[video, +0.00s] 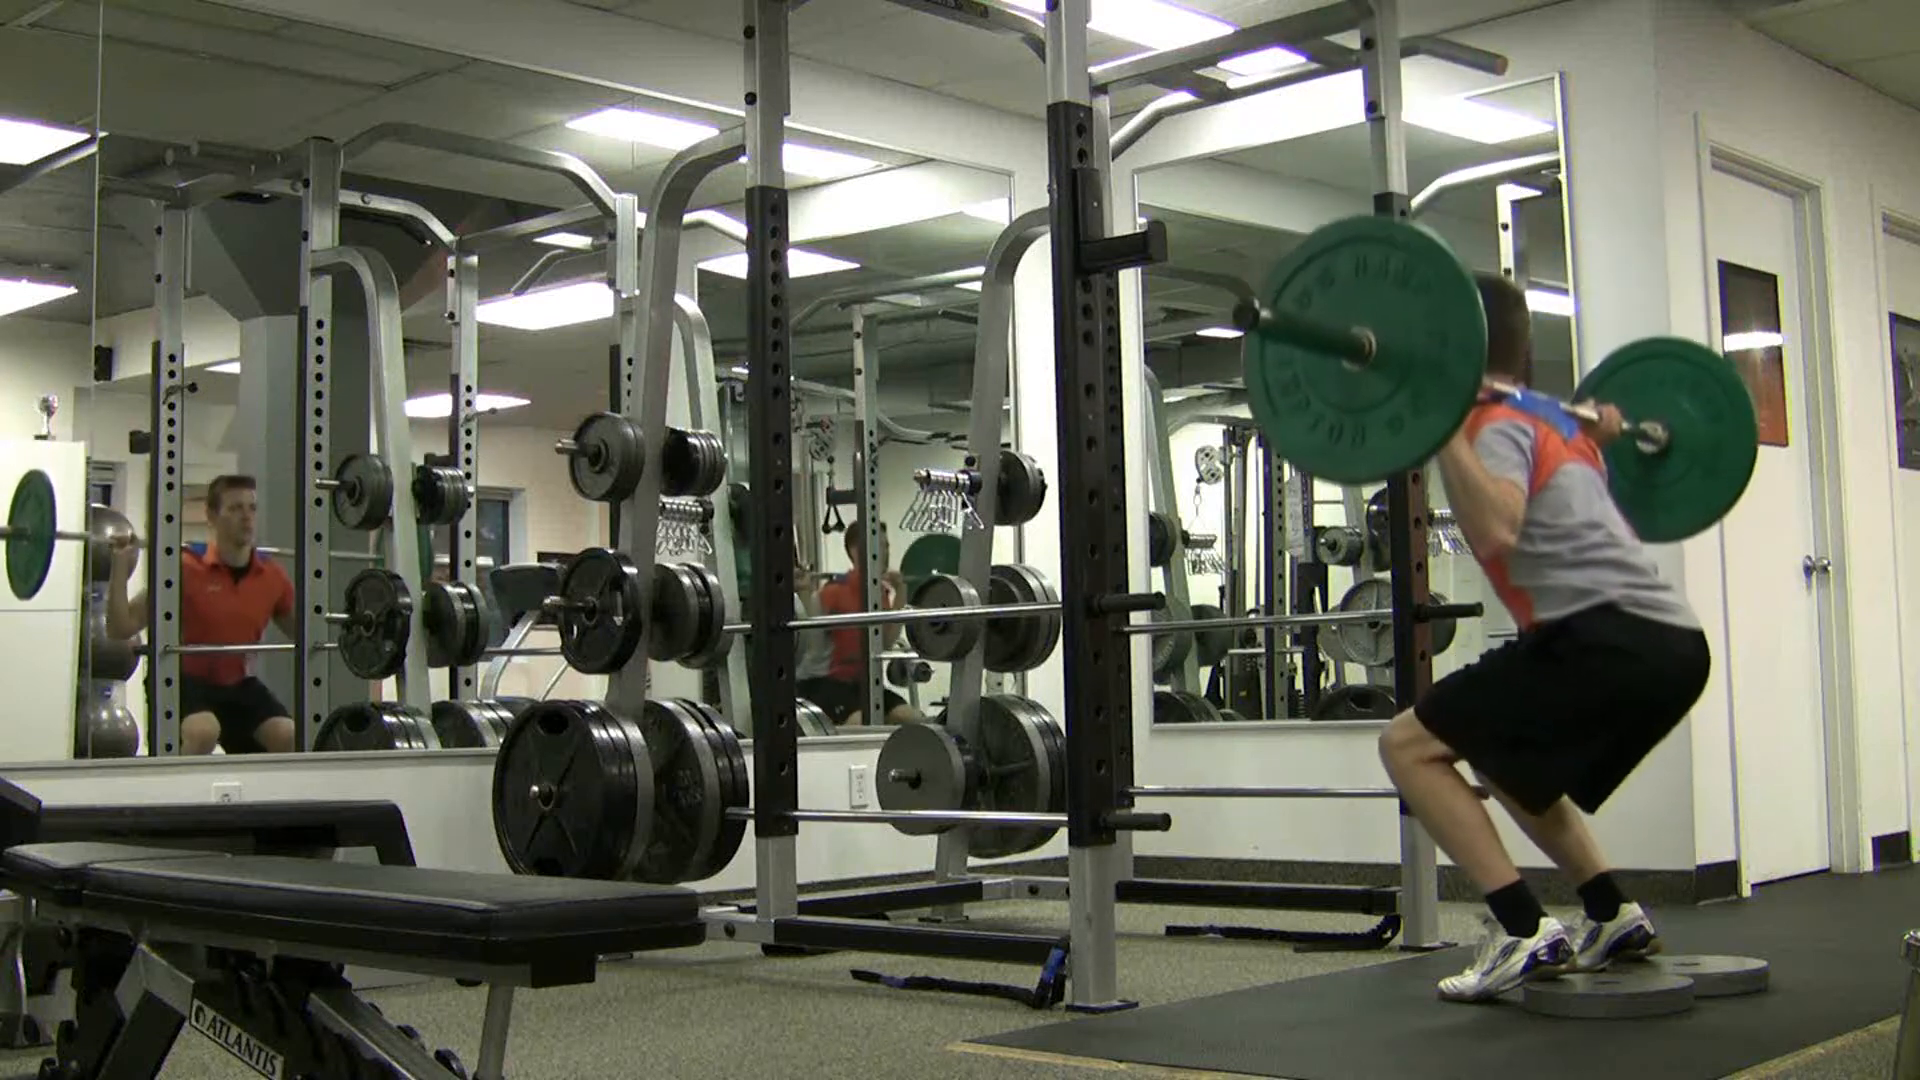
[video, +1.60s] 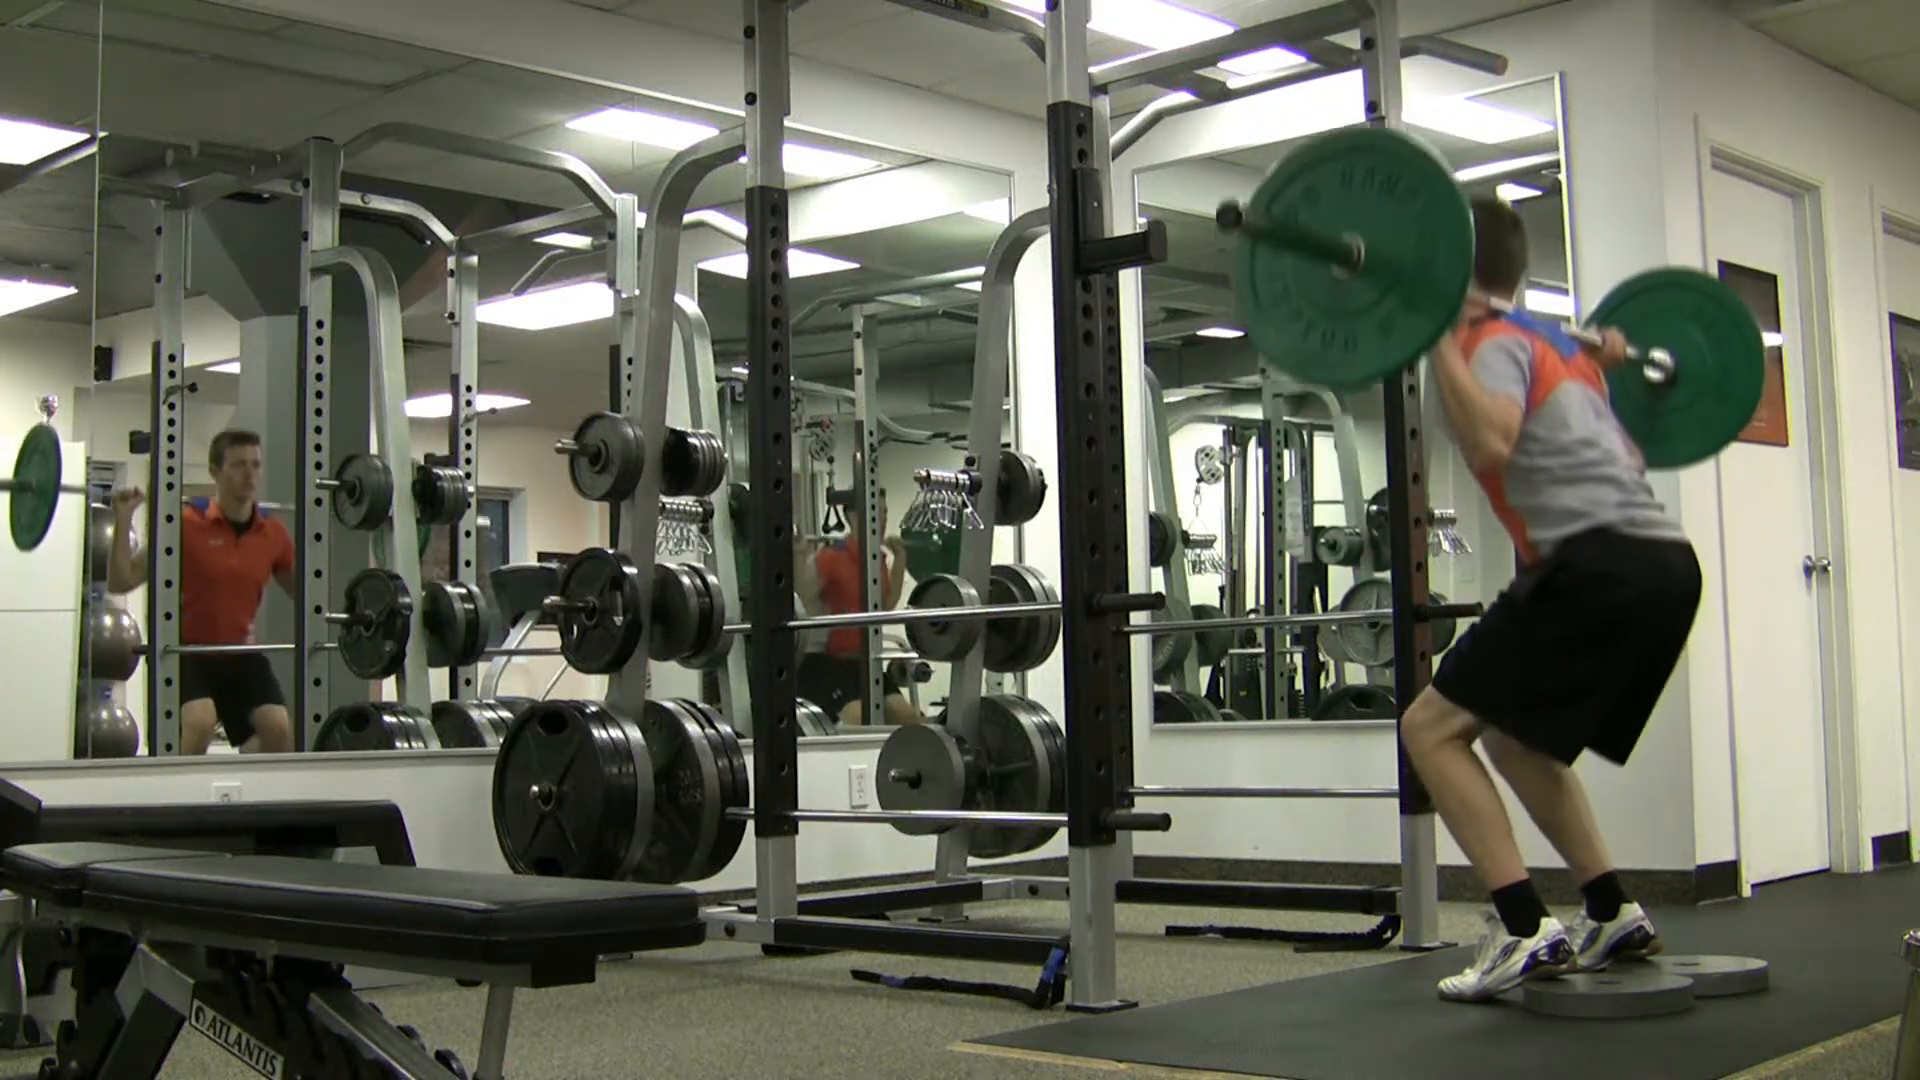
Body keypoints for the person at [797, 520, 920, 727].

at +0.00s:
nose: (880, 553)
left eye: (884, 546)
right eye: (870, 546)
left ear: (888, 549)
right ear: (853, 552)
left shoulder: (881, 593)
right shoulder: (832, 593)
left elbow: (887, 642)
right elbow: (815, 642)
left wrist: (900, 594)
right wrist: (804, 595)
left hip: (869, 684)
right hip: (831, 683)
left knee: (912, 719)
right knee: (860, 719)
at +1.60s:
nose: (881, 520)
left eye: (883, 512)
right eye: (872, 512)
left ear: (886, 515)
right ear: (852, 516)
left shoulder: (877, 558)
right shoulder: (830, 558)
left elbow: (887, 606)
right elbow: (809, 602)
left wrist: (900, 558)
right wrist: (799, 560)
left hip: (870, 661)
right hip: (836, 662)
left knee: (910, 720)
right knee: (857, 722)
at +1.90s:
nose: (878, 487)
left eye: (879, 479)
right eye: (871, 479)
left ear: (880, 483)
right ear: (850, 482)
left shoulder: (873, 525)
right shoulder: (828, 525)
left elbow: (886, 576)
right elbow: (799, 573)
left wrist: (897, 529)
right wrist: (798, 525)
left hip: (864, 630)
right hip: (832, 630)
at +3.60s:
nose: (876, 525)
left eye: (881, 518)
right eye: (867, 518)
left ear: (886, 522)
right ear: (850, 522)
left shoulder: (879, 566)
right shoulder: (833, 563)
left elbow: (890, 609)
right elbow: (813, 602)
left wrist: (900, 568)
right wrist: (801, 567)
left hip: (869, 664)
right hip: (835, 664)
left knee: (909, 719)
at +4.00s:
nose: (884, 564)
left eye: (886, 557)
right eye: (875, 557)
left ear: (890, 559)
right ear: (854, 561)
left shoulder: (880, 601)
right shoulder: (832, 601)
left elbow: (888, 646)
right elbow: (820, 644)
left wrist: (901, 603)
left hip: (868, 689)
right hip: (834, 691)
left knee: (916, 722)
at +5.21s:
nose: (884, 527)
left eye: (886, 519)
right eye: (876, 519)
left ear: (889, 522)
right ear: (854, 525)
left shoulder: (881, 566)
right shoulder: (830, 564)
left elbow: (890, 612)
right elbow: (808, 610)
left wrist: (903, 566)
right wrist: (801, 566)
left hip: (866, 665)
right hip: (826, 664)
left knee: (910, 718)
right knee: (857, 719)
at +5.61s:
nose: (883, 487)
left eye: (884, 479)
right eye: (877, 479)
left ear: (882, 482)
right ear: (859, 482)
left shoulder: (876, 524)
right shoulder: (833, 522)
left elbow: (887, 576)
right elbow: (801, 571)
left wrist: (900, 530)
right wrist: (800, 523)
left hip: (866, 631)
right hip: (833, 631)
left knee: (892, 709)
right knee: (849, 711)